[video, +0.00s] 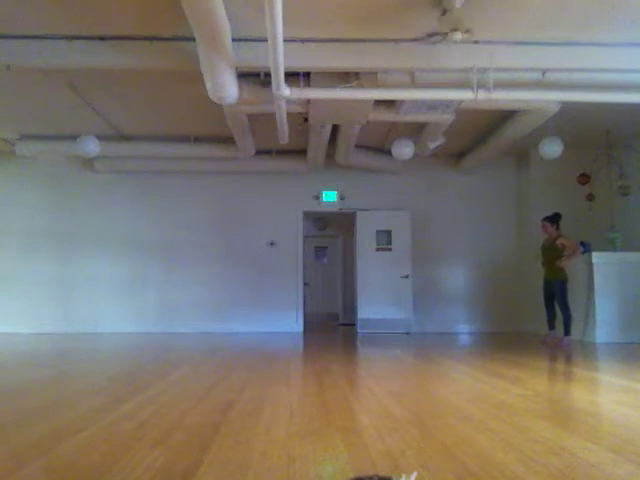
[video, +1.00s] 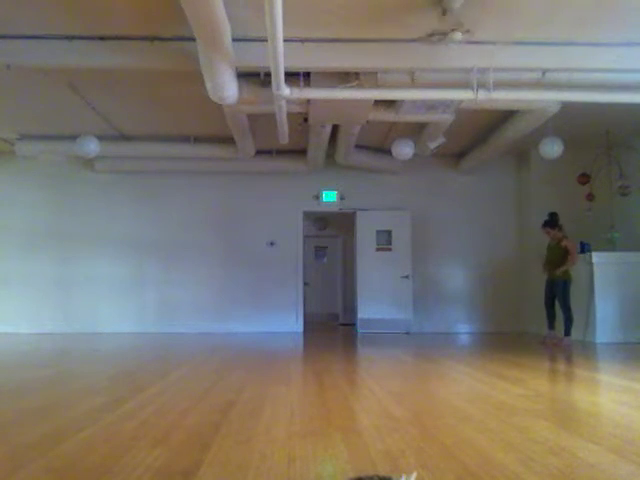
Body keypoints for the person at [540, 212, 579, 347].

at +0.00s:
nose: (543, 229)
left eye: (545, 226)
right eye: (543, 227)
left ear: (554, 226)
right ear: (547, 227)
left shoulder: (560, 239)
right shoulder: (547, 240)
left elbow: (575, 249)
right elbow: (550, 253)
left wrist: (563, 260)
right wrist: (545, 261)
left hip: (558, 274)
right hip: (548, 274)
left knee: (562, 304)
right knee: (548, 303)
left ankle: (567, 335)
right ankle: (551, 331)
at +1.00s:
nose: (548, 235)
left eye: (549, 232)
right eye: (546, 233)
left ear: (555, 229)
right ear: (548, 232)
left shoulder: (566, 242)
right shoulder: (551, 243)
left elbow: (573, 259)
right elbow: (548, 258)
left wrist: (561, 269)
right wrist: (545, 266)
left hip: (562, 276)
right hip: (551, 276)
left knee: (564, 305)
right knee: (549, 303)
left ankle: (567, 336)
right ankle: (551, 332)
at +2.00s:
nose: (540, 241)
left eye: (540, 238)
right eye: (538, 239)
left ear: (546, 233)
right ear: (540, 237)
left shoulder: (558, 240)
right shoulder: (545, 243)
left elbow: (571, 252)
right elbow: (546, 257)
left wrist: (558, 261)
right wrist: (543, 263)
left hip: (559, 273)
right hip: (549, 273)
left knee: (562, 304)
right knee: (552, 305)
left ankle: (566, 336)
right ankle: (556, 334)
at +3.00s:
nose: (539, 239)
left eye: (539, 236)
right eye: (537, 237)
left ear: (545, 232)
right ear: (539, 235)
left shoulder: (558, 240)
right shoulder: (545, 243)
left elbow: (567, 255)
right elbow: (547, 257)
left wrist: (551, 265)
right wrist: (542, 263)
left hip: (560, 273)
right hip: (549, 274)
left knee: (562, 304)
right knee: (553, 304)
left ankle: (566, 335)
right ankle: (557, 334)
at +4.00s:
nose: (541, 232)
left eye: (543, 228)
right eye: (540, 229)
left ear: (550, 228)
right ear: (542, 229)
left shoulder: (558, 240)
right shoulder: (545, 241)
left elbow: (566, 255)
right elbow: (545, 255)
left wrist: (552, 264)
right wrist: (542, 264)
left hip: (558, 273)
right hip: (548, 273)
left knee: (561, 304)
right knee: (552, 305)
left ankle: (566, 335)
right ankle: (556, 334)